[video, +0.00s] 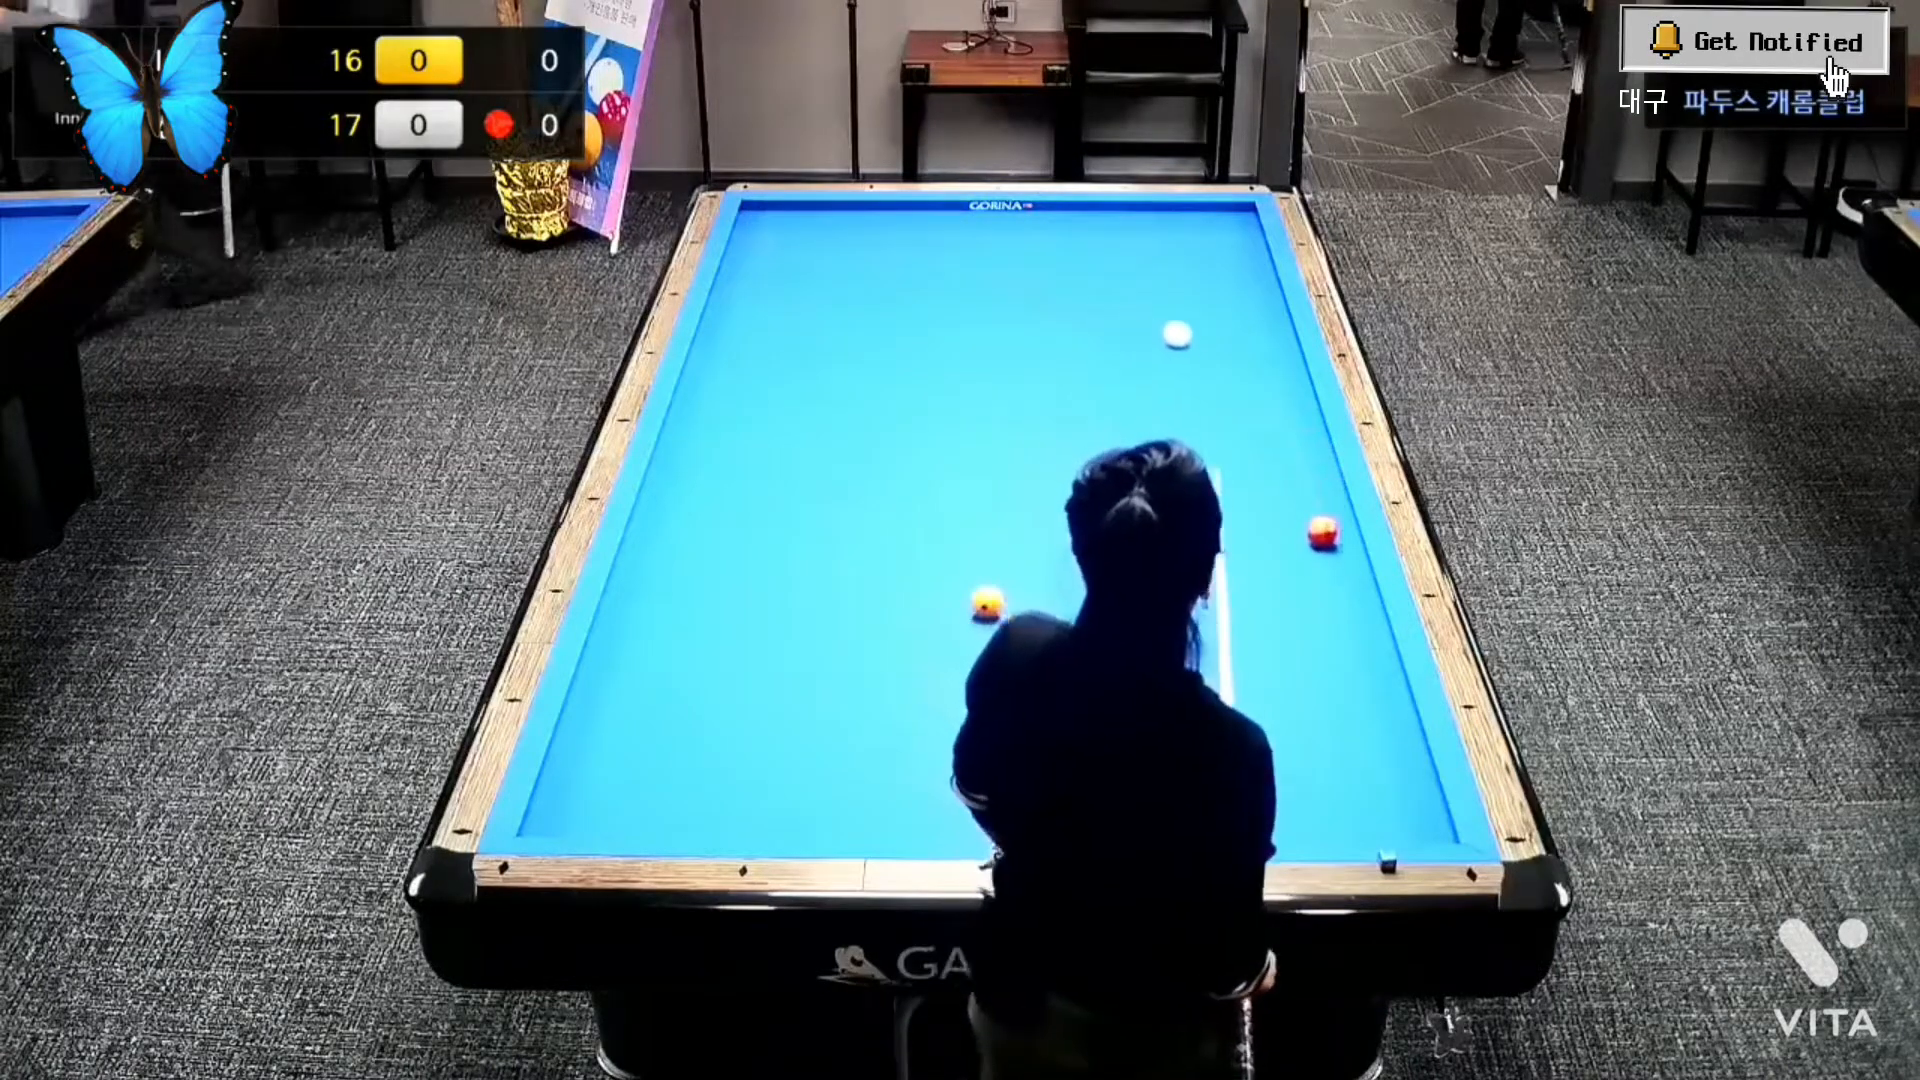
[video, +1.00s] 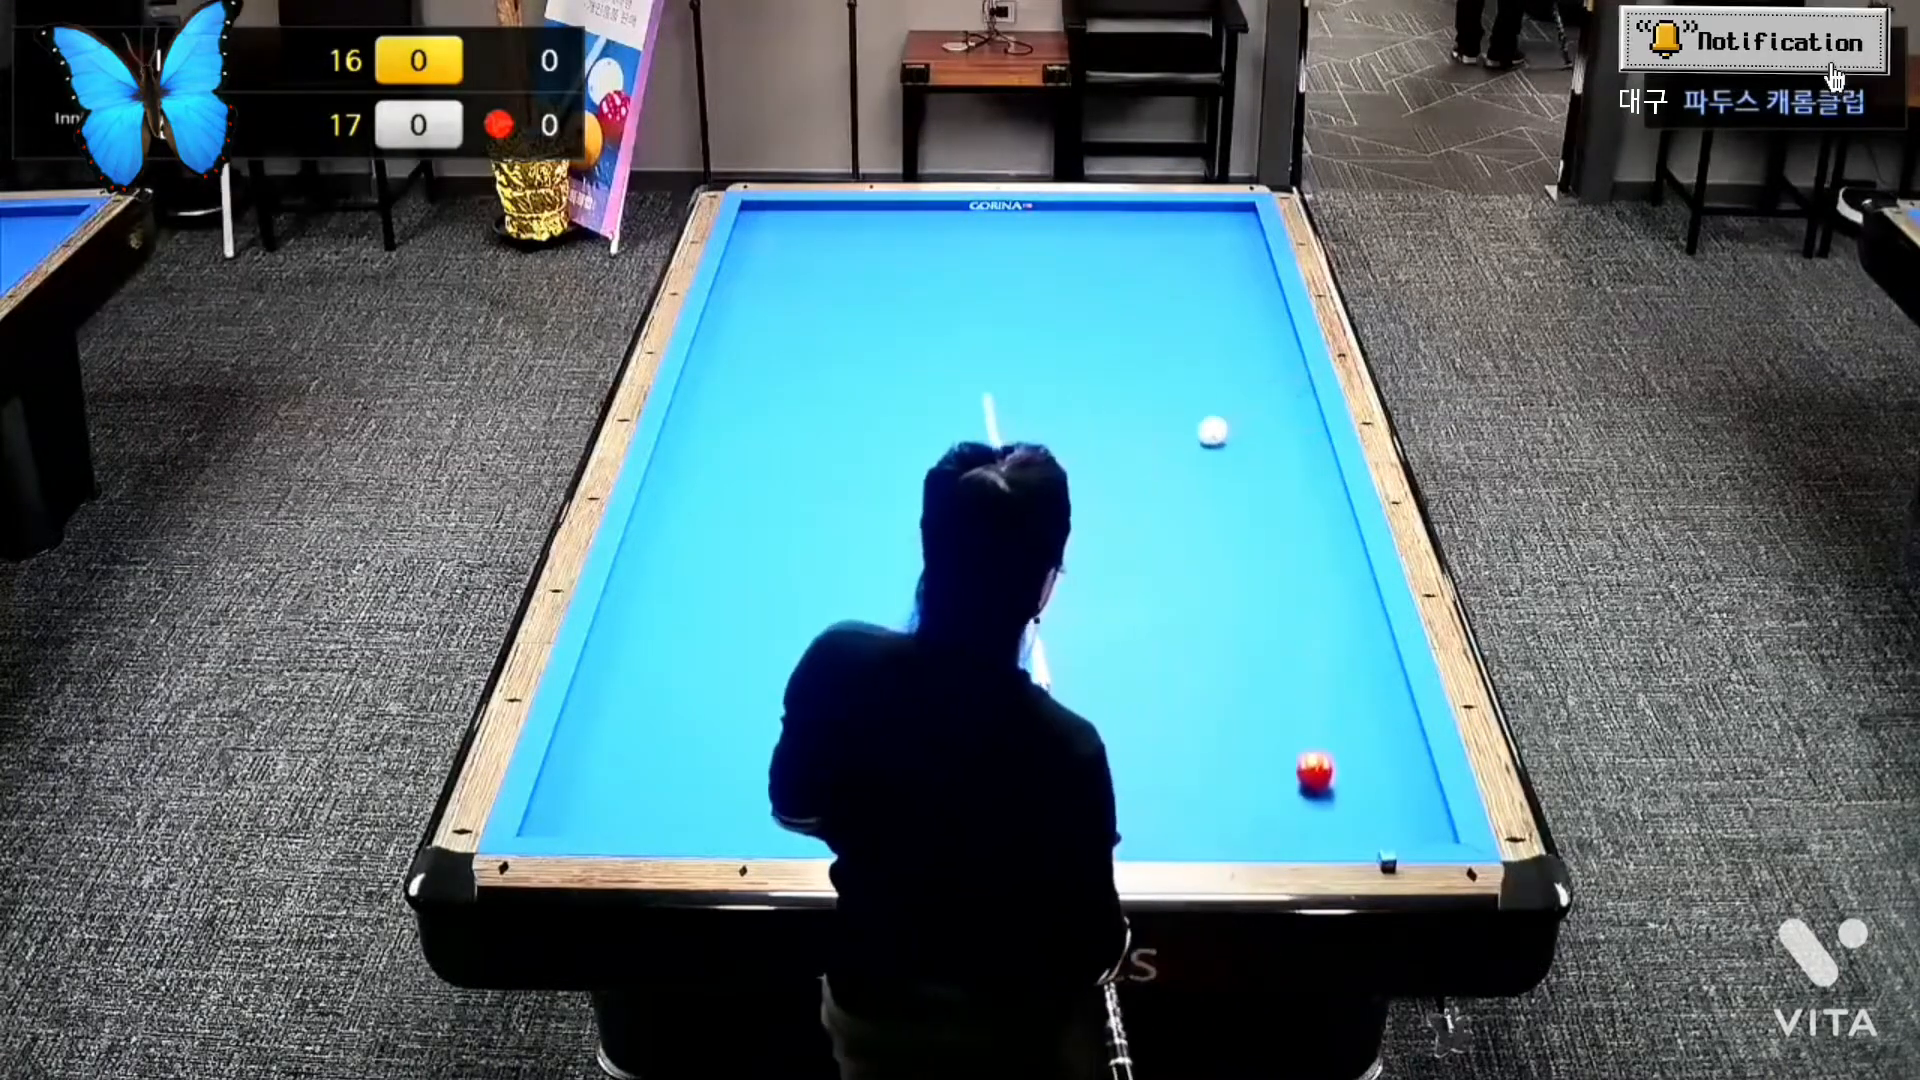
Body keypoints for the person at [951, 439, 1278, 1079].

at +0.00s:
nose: (1216, 562)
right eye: (1212, 548)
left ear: (1081, 556)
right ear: (1204, 570)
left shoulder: (1019, 651)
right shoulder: (1234, 749)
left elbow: (974, 779)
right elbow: (1226, 954)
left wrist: (1032, 853)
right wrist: (1254, 969)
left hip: (1025, 1008)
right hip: (1173, 1027)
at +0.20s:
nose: (1198, 575)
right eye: (1198, 557)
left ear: (1070, 559)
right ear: (1189, 579)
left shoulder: (1003, 658)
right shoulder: (1220, 754)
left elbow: (975, 790)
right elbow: (1215, 938)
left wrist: (1037, 857)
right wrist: (1249, 966)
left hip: (1009, 1017)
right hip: (1165, 1032)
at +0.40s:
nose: (1167, 572)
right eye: (1166, 556)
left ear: (1041, 557)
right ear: (1158, 574)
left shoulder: (967, 664)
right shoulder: (1186, 756)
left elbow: (930, 791)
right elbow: (1185, 946)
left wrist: (1008, 848)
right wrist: (1225, 959)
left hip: (976, 1025)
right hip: (1130, 1037)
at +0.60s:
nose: (1124, 577)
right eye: (1124, 561)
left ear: (1000, 554)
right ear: (1115, 577)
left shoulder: (916, 663)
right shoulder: (1138, 751)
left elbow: (868, 808)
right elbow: (1148, 946)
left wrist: (965, 835)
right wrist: (1190, 945)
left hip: (941, 1018)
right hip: (1091, 1028)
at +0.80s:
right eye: (1085, 558)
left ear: (960, 545)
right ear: (1075, 572)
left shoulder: (873, 661)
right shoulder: (1100, 744)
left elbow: (821, 808)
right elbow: (1113, 943)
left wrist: (919, 841)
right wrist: (1144, 940)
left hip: (904, 1018)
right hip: (1056, 1026)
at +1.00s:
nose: (1053, 584)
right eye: (1054, 567)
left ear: (929, 552)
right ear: (1044, 582)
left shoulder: (842, 662)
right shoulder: (1068, 746)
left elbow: (794, 803)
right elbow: (1094, 941)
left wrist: (889, 834)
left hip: (872, 1013)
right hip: (1021, 1024)